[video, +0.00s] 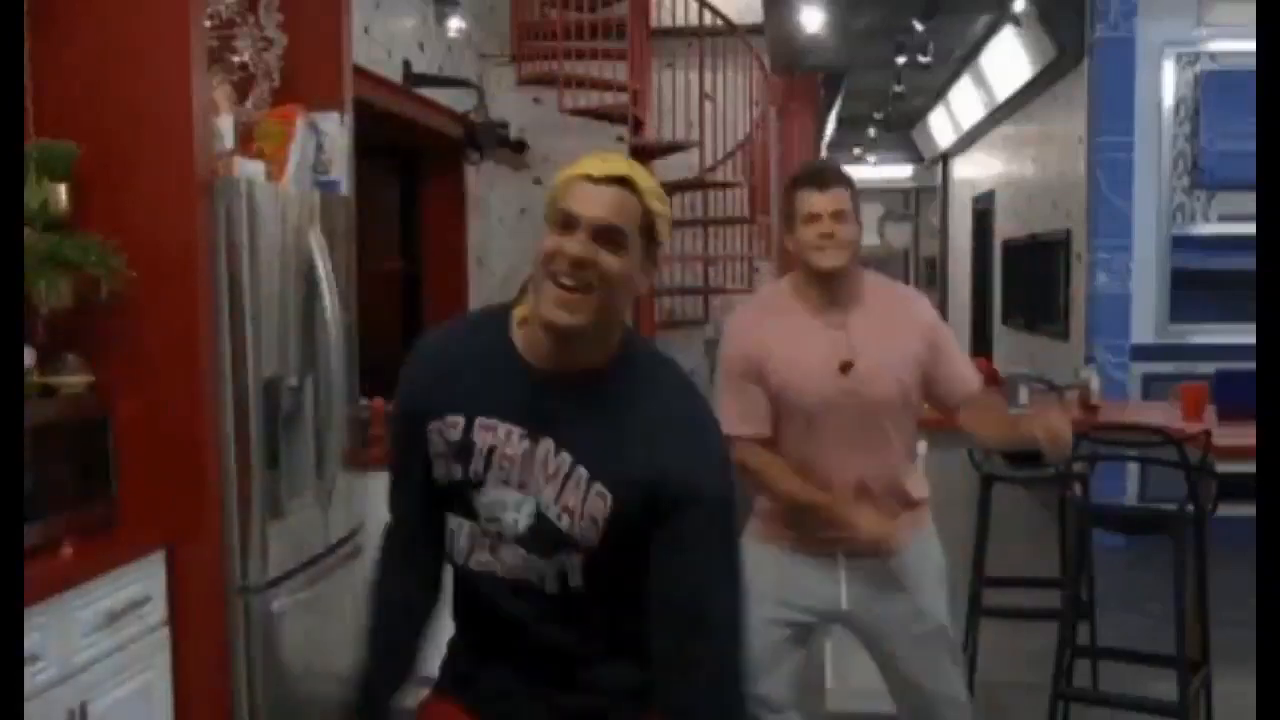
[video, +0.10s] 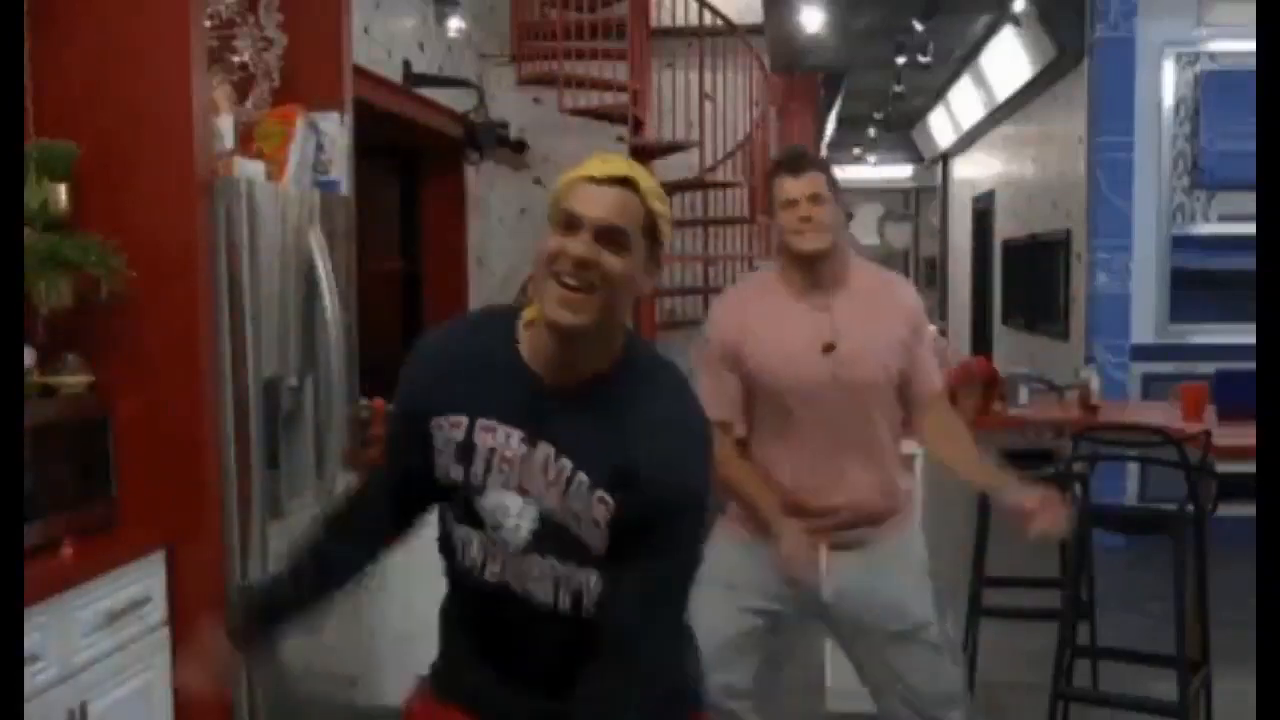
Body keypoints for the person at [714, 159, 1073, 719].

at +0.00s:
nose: (827, 230)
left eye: (839, 216)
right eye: (810, 220)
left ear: (859, 228)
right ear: (788, 238)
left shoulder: (908, 311)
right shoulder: (752, 323)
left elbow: (969, 404)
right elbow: (745, 448)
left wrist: (1024, 427)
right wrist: (840, 512)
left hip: (897, 549)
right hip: (785, 549)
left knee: (942, 705)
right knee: (768, 706)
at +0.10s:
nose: (804, 213)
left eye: (816, 199)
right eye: (789, 204)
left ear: (842, 210)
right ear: (773, 221)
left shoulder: (895, 299)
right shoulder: (736, 310)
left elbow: (932, 412)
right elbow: (718, 443)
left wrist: (1008, 490)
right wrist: (780, 522)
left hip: (877, 544)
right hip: (756, 540)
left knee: (934, 703)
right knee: (710, 691)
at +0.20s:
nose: (754, 183)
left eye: (767, 170)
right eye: (739, 175)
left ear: (796, 184)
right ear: (724, 193)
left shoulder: (849, 266)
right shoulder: (686, 273)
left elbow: (881, 384)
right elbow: (622, 375)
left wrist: (861, 504)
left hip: (821, 509)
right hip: (705, 511)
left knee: (889, 674)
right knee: (654, 667)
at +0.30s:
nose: (732, 197)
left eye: (744, 184)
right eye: (716, 189)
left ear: (769, 194)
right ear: (701, 206)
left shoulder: (828, 282)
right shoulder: (662, 284)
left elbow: (850, 397)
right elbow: (583, 368)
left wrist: (792, 485)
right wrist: (580, 441)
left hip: (790, 517)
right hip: (678, 520)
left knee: (856, 666)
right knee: (629, 674)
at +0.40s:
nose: (708, 214)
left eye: (720, 201)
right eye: (693, 206)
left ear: (748, 213)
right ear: (679, 225)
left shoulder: (803, 302)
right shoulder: (642, 302)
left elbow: (818, 423)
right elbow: (550, 356)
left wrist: (758, 446)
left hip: (767, 529)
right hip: (657, 537)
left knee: (816, 671)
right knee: (616, 691)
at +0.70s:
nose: (676, 226)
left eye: (690, 213)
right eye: (663, 216)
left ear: (713, 222)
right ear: (647, 232)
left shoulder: (773, 309)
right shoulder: (618, 311)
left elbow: (792, 422)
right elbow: (538, 362)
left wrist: (714, 493)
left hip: (743, 519)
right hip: (639, 514)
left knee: (766, 668)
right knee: (612, 676)